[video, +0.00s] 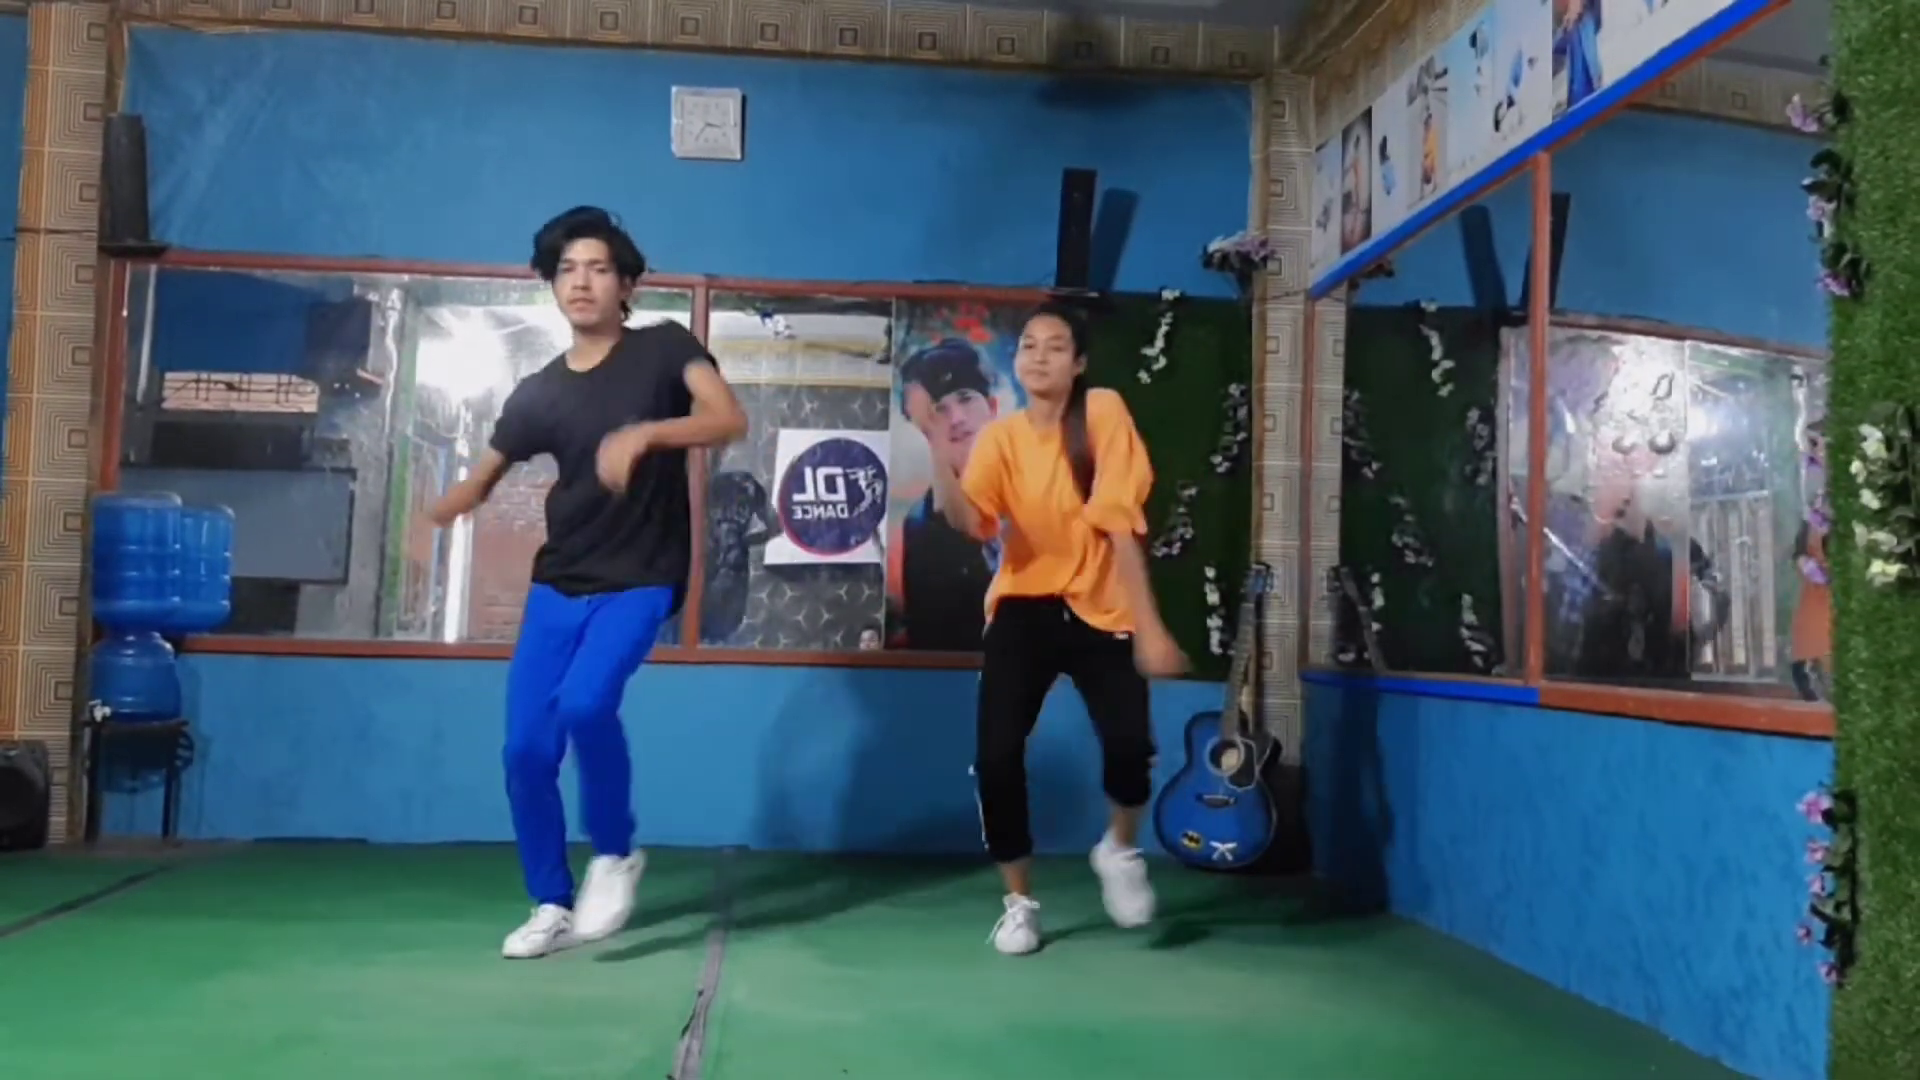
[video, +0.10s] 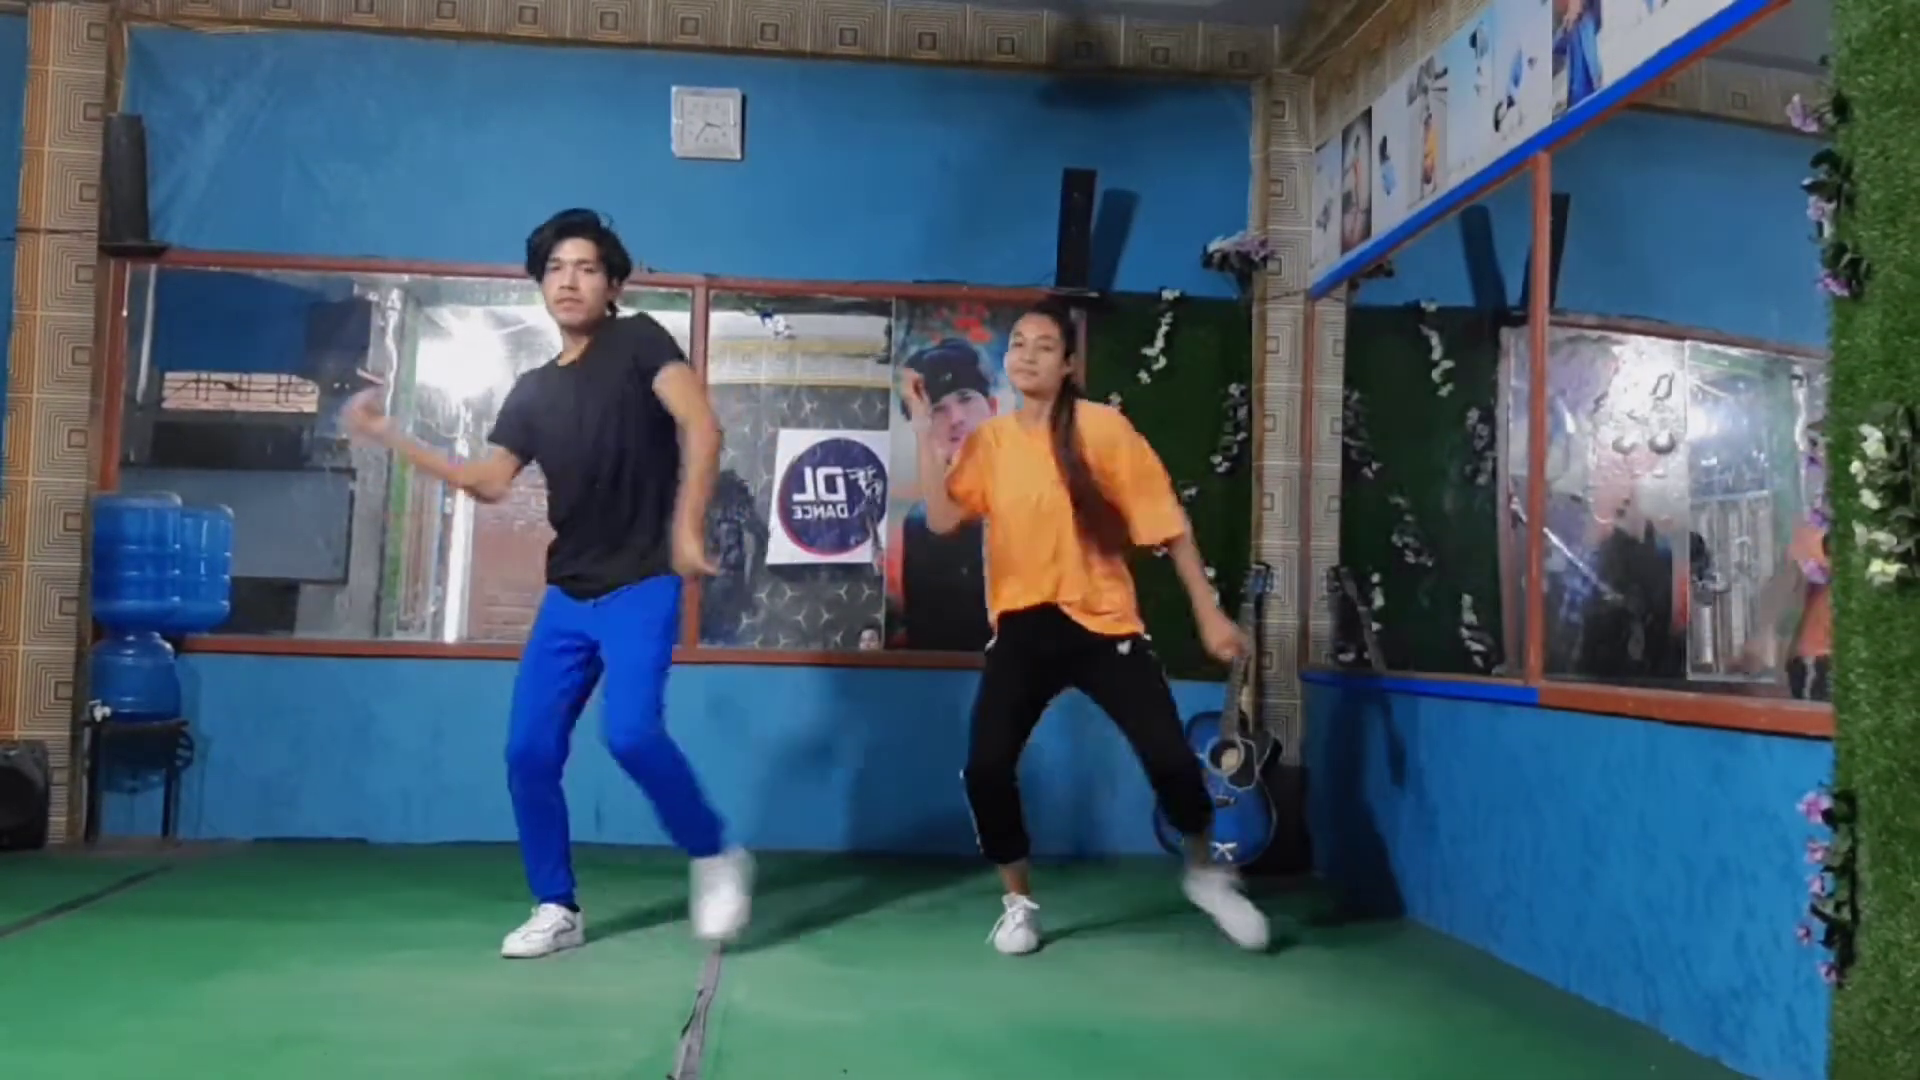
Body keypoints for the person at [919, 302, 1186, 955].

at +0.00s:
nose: (1039, 356)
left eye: (1053, 347)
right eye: (1029, 346)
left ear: (1078, 362)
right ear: (1016, 361)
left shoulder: (1102, 411)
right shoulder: (1000, 434)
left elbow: (1123, 525)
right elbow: (973, 525)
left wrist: (1148, 626)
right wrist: (940, 453)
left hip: (1102, 603)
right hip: (1023, 607)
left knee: (1131, 743)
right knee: (996, 754)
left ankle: (1121, 850)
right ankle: (1018, 900)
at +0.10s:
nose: (1024, 356)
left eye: (1041, 347)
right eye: (1017, 345)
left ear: (1069, 363)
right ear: (1007, 358)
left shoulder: (1103, 429)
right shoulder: (990, 437)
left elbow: (1172, 529)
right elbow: (943, 518)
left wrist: (1209, 614)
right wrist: (925, 429)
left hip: (1107, 626)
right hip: (1022, 629)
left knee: (1173, 761)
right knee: (986, 771)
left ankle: (1204, 872)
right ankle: (1018, 902)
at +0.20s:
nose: (1029, 355)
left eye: (1045, 345)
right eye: (1020, 344)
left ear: (1071, 360)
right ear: (1007, 358)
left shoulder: (1103, 427)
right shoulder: (988, 440)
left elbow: (1167, 503)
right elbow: (940, 542)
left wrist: (1216, 570)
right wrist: (939, 470)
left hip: (1102, 624)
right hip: (1023, 627)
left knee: (1160, 770)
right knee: (1018, 774)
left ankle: (1241, 892)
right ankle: (1023, 904)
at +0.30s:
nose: (1046, 365)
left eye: (1059, 353)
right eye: (1035, 352)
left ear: (1081, 363)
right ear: (1020, 362)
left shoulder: (1112, 433)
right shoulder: (994, 431)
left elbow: (1148, 535)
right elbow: (937, 516)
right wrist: (997, 484)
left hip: (1102, 607)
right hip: (1027, 611)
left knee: (1148, 759)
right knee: (1066, 775)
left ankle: (1157, 869)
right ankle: (1029, 903)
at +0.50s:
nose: (1098, 387)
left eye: (1108, 374)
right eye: (1084, 376)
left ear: (1121, 380)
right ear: (1059, 385)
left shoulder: (1142, 444)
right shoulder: (1038, 429)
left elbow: (1157, 524)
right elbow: (987, 478)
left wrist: (1165, 435)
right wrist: (953, 503)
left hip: (1108, 627)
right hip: (1031, 618)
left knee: (1112, 781)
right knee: (978, 747)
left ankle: (1073, 906)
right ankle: (969, 882)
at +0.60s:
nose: (1113, 382)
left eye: (1122, 369)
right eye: (1098, 370)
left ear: (1134, 377)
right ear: (1070, 378)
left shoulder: (1145, 457)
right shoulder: (1035, 435)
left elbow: (1193, 547)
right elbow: (945, 464)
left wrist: (1244, 475)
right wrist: (867, 488)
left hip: (1114, 640)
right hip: (1035, 629)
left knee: (1131, 792)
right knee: (961, 767)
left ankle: (1072, 907)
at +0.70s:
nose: (1120, 383)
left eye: (1129, 370)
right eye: (1105, 372)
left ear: (1140, 377)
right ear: (1078, 379)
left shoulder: (1145, 458)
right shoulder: (1045, 430)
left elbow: (1180, 550)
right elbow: (956, 453)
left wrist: (1242, 492)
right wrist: (880, 471)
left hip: (1116, 637)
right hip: (1045, 624)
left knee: (1124, 792)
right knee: (971, 765)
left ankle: (1072, 908)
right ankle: (874, 880)